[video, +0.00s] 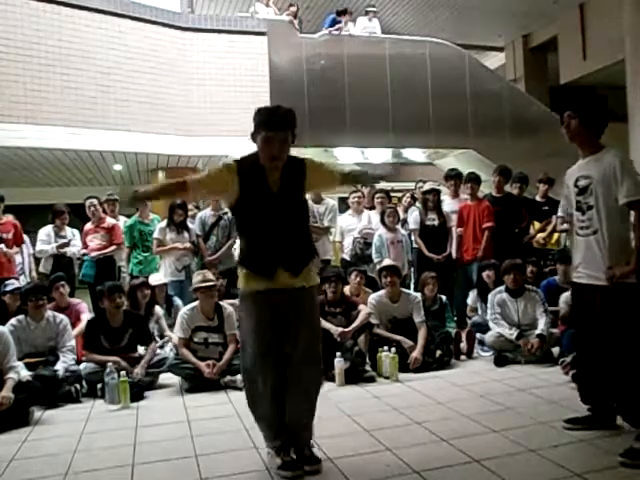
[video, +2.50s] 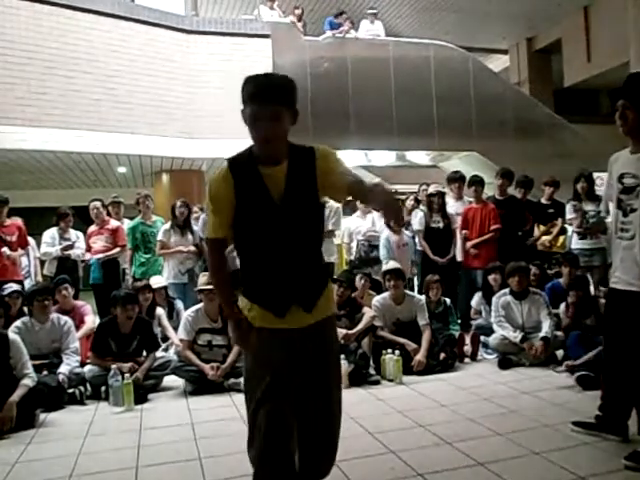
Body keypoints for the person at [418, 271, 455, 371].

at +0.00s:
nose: (431, 287)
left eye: (434, 284)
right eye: (428, 284)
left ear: (437, 287)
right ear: (423, 286)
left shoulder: (442, 300)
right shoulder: (417, 300)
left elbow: (449, 319)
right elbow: (417, 320)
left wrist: (450, 332)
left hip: (440, 331)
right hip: (424, 331)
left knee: (445, 336)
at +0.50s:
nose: (432, 288)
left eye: (435, 285)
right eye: (429, 284)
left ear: (439, 287)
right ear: (424, 286)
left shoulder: (443, 300)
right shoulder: (418, 299)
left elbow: (449, 319)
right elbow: (416, 317)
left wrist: (450, 331)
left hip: (440, 329)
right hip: (425, 329)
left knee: (446, 336)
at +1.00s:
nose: (436, 291)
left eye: (438, 288)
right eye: (433, 288)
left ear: (442, 290)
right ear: (428, 289)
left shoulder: (447, 302)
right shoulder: (422, 302)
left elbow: (453, 321)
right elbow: (421, 321)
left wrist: (454, 334)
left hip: (444, 331)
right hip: (429, 331)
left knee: (450, 339)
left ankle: (443, 357)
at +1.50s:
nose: (435, 291)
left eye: (438, 288)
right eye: (432, 288)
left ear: (442, 290)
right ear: (427, 290)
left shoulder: (446, 303)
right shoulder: (421, 302)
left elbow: (453, 321)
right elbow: (420, 321)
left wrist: (454, 333)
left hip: (444, 331)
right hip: (429, 331)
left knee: (449, 338)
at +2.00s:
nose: (435, 292)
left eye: (437, 288)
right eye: (432, 289)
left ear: (441, 290)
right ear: (427, 290)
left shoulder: (446, 303)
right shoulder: (422, 302)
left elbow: (453, 322)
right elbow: (421, 321)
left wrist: (453, 334)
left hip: (444, 331)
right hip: (429, 331)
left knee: (449, 338)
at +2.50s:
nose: (435, 292)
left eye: (437, 288)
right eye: (432, 289)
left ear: (441, 290)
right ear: (427, 291)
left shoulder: (446, 303)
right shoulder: (421, 302)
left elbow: (453, 322)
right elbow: (421, 321)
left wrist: (452, 334)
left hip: (444, 330)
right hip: (429, 331)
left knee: (449, 338)